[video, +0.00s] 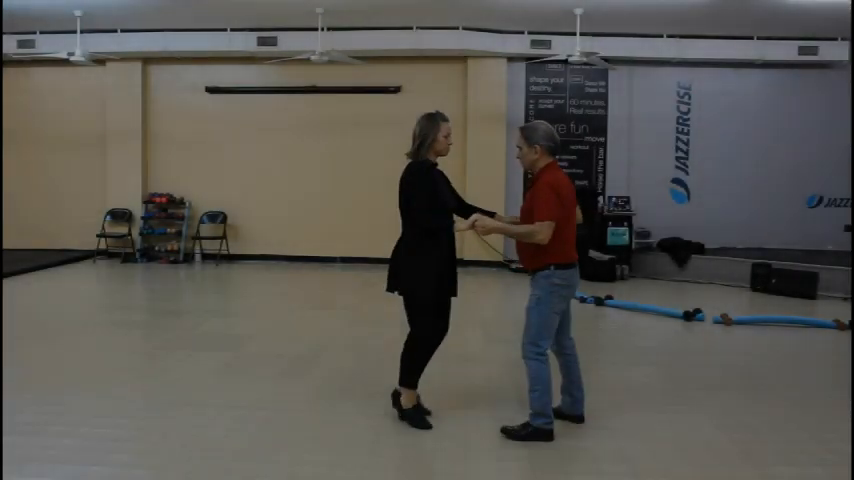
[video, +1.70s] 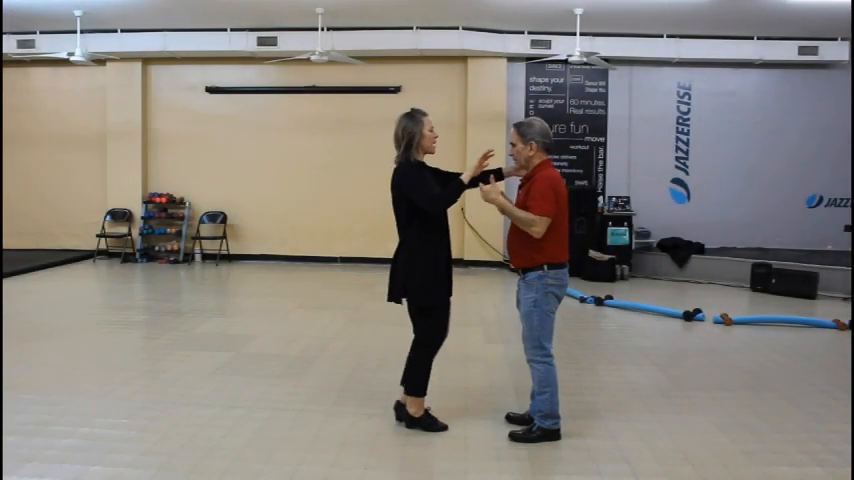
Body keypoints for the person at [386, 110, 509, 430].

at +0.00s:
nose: (450, 142)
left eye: (450, 136)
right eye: (445, 136)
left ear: (436, 137)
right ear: (429, 137)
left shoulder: (434, 173)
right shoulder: (417, 174)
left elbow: (462, 207)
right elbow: (424, 224)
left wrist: (502, 220)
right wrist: (463, 226)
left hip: (434, 267)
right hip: (417, 268)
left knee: (436, 328)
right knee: (424, 329)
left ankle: (407, 391)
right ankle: (406, 397)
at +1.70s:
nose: (436, 135)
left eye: (434, 129)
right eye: (430, 130)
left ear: (417, 135)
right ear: (415, 135)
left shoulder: (421, 170)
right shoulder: (408, 173)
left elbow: (464, 181)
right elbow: (438, 202)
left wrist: (509, 172)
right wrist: (468, 177)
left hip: (430, 268)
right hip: (422, 270)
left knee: (430, 334)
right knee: (430, 335)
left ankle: (408, 401)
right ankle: (415, 409)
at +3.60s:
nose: (443, 134)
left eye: (442, 128)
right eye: (438, 129)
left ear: (424, 133)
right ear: (423, 133)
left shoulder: (426, 168)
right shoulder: (419, 170)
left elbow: (442, 215)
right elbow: (451, 188)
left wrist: (471, 207)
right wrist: (475, 154)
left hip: (433, 267)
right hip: (426, 269)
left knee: (435, 336)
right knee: (432, 337)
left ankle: (426, 406)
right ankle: (424, 410)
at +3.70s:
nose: (444, 134)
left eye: (443, 128)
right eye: (439, 129)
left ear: (425, 133)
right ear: (423, 133)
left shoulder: (427, 168)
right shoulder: (421, 170)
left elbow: (443, 212)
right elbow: (450, 188)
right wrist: (475, 153)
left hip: (432, 268)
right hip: (426, 270)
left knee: (434, 338)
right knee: (431, 339)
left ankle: (425, 406)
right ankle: (424, 410)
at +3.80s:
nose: (446, 133)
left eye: (444, 128)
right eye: (440, 128)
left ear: (425, 133)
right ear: (425, 133)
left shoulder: (426, 167)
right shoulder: (423, 169)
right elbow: (455, 189)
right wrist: (480, 153)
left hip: (430, 267)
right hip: (427, 269)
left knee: (432, 338)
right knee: (431, 339)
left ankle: (426, 406)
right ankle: (424, 411)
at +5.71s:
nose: (461, 133)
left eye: (459, 127)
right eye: (456, 128)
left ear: (442, 132)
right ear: (441, 133)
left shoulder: (442, 168)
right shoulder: (439, 170)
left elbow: (474, 196)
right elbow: (473, 187)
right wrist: (502, 161)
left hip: (444, 267)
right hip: (440, 269)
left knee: (438, 339)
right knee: (436, 340)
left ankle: (427, 407)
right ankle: (424, 411)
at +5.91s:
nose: (462, 132)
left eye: (460, 127)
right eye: (456, 128)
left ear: (442, 132)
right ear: (442, 133)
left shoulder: (443, 167)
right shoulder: (439, 170)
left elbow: (475, 195)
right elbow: (473, 186)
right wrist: (503, 159)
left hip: (445, 267)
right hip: (440, 269)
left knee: (439, 339)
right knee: (436, 340)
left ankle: (427, 407)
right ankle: (424, 412)